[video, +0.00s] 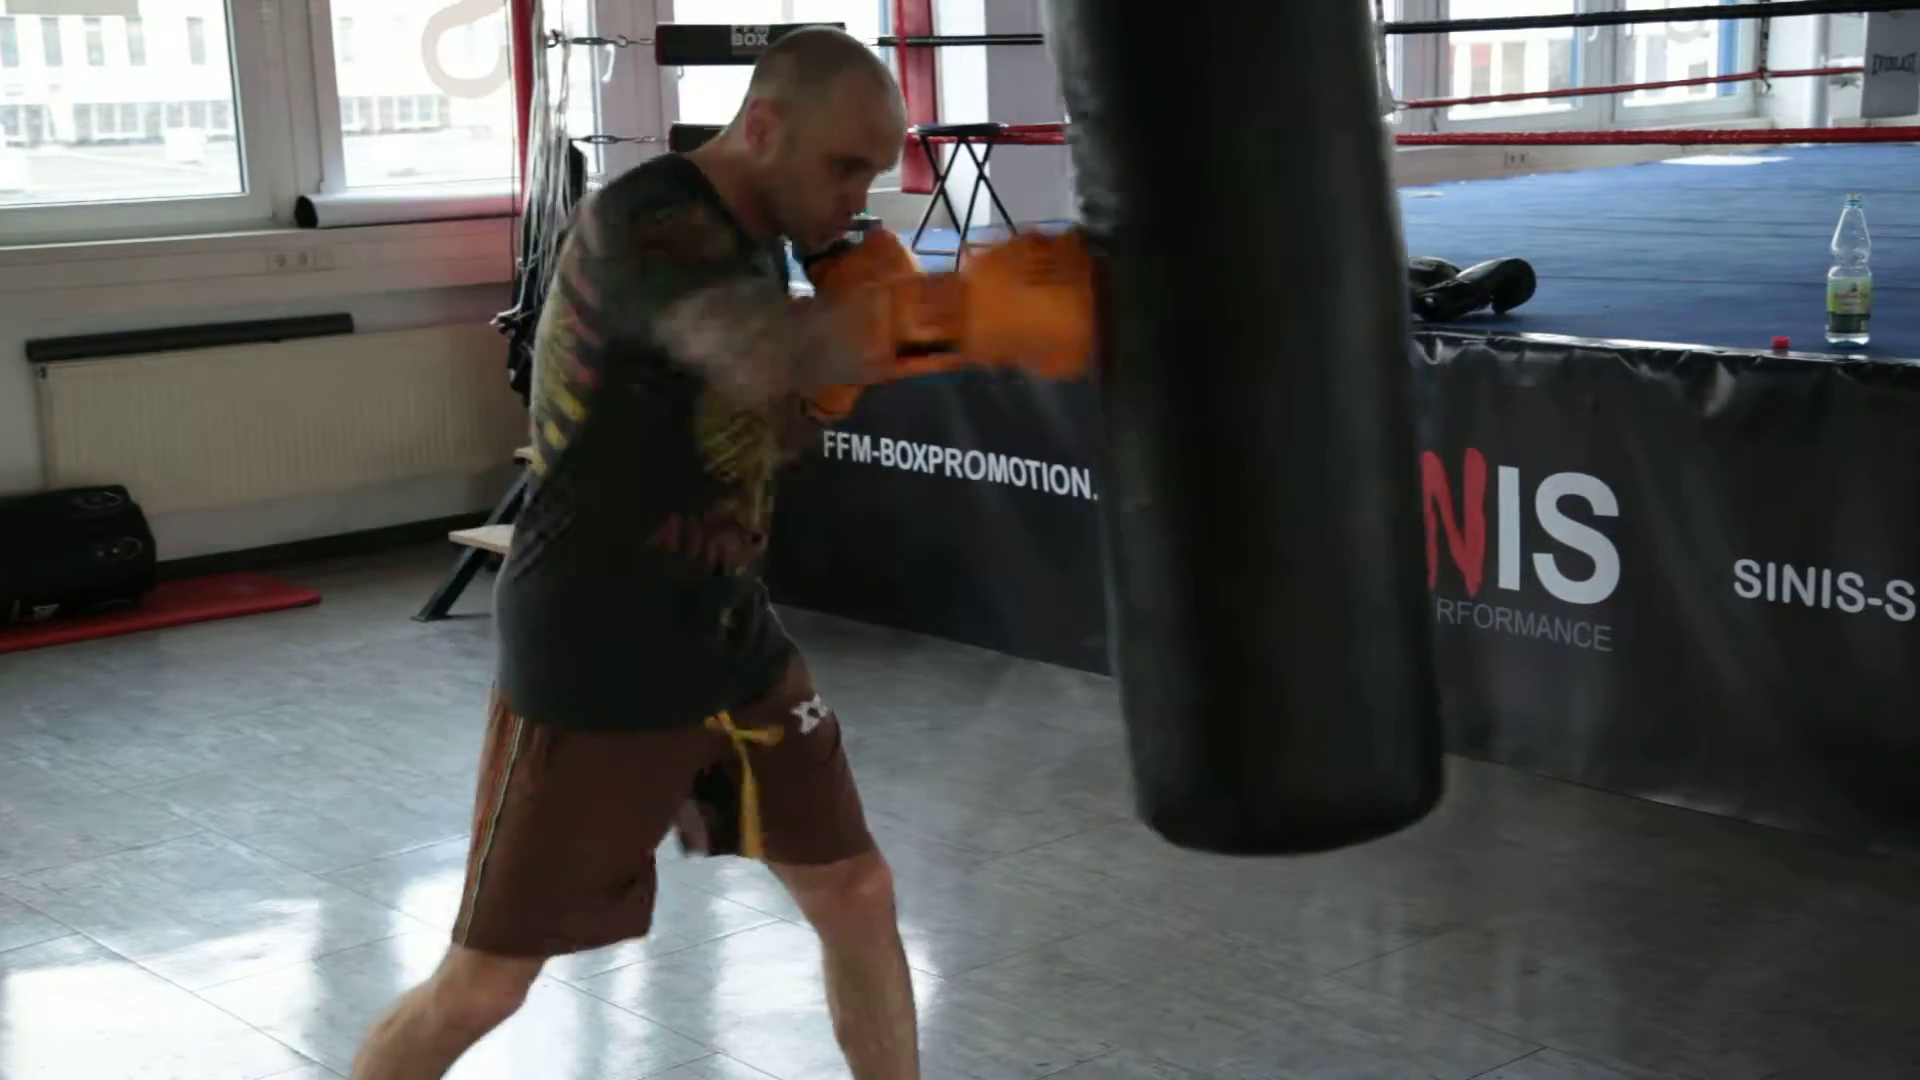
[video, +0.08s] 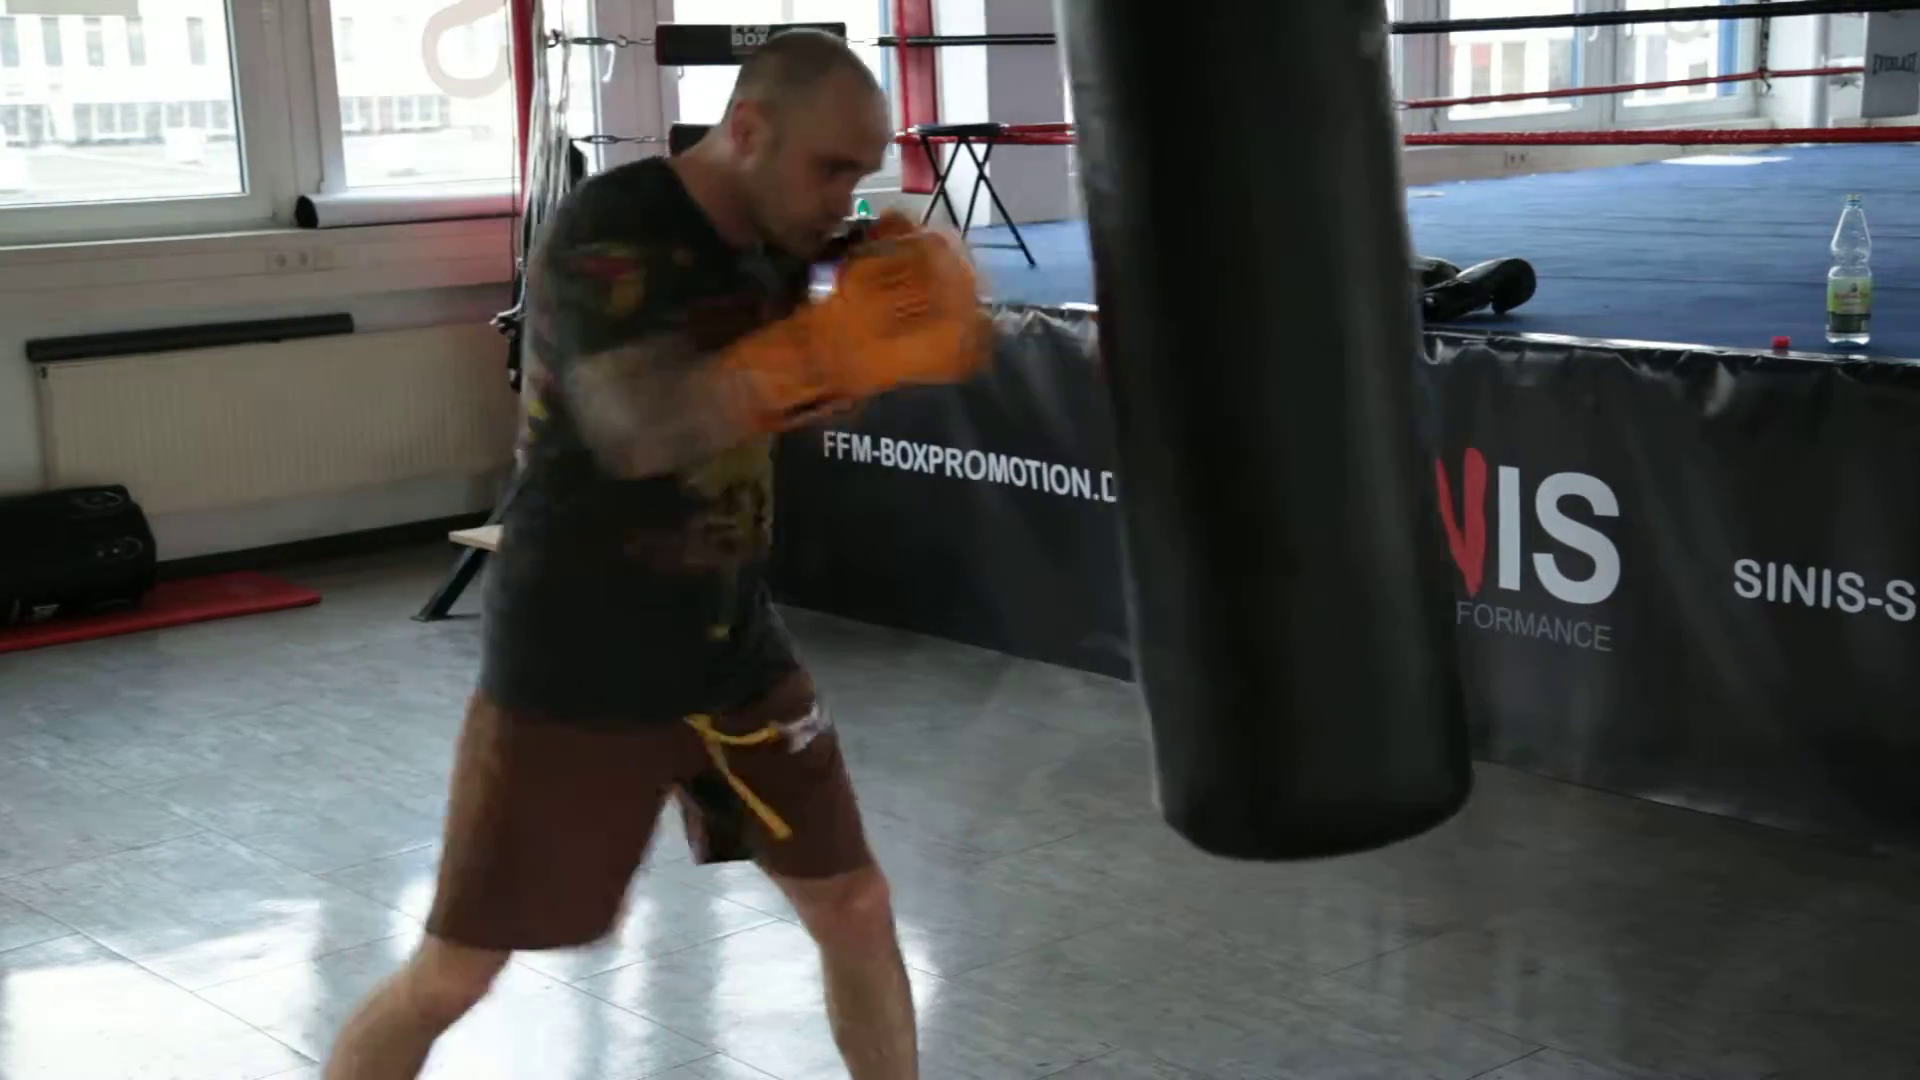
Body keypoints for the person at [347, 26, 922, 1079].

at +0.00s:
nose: (858, 203)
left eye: (871, 178)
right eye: (845, 171)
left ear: (772, 133)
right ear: (762, 129)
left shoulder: (750, 241)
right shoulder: (636, 220)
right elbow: (773, 362)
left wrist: (869, 329)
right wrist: (930, 314)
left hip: (722, 629)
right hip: (588, 649)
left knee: (855, 897)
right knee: (479, 987)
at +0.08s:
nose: (844, 203)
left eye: (858, 178)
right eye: (833, 171)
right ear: (749, 131)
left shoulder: (781, 244)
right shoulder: (597, 232)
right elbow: (631, 424)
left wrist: (921, 298)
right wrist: (819, 354)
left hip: (725, 643)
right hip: (569, 663)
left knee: (854, 909)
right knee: (453, 973)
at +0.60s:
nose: (686, 171)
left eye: (700, 144)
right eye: (664, 141)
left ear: (711, 130)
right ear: (580, 108)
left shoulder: (696, 227)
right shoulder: (444, 230)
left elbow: (835, 388)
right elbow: (395, 447)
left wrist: (849, 319)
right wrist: (530, 346)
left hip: (676, 638)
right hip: (499, 647)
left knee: (806, 917)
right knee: (396, 955)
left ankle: (805, 1077)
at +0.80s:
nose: (788, 191)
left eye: (805, 164)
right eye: (770, 158)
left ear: (816, 147)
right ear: (688, 122)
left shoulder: (792, 245)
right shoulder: (537, 230)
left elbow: (933, 364)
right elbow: (456, 441)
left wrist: (998, 298)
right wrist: (584, 351)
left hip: (694, 637)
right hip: (528, 645)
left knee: (809, 903)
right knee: (410, 964)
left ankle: (818, 1078)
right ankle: (314, 1073)